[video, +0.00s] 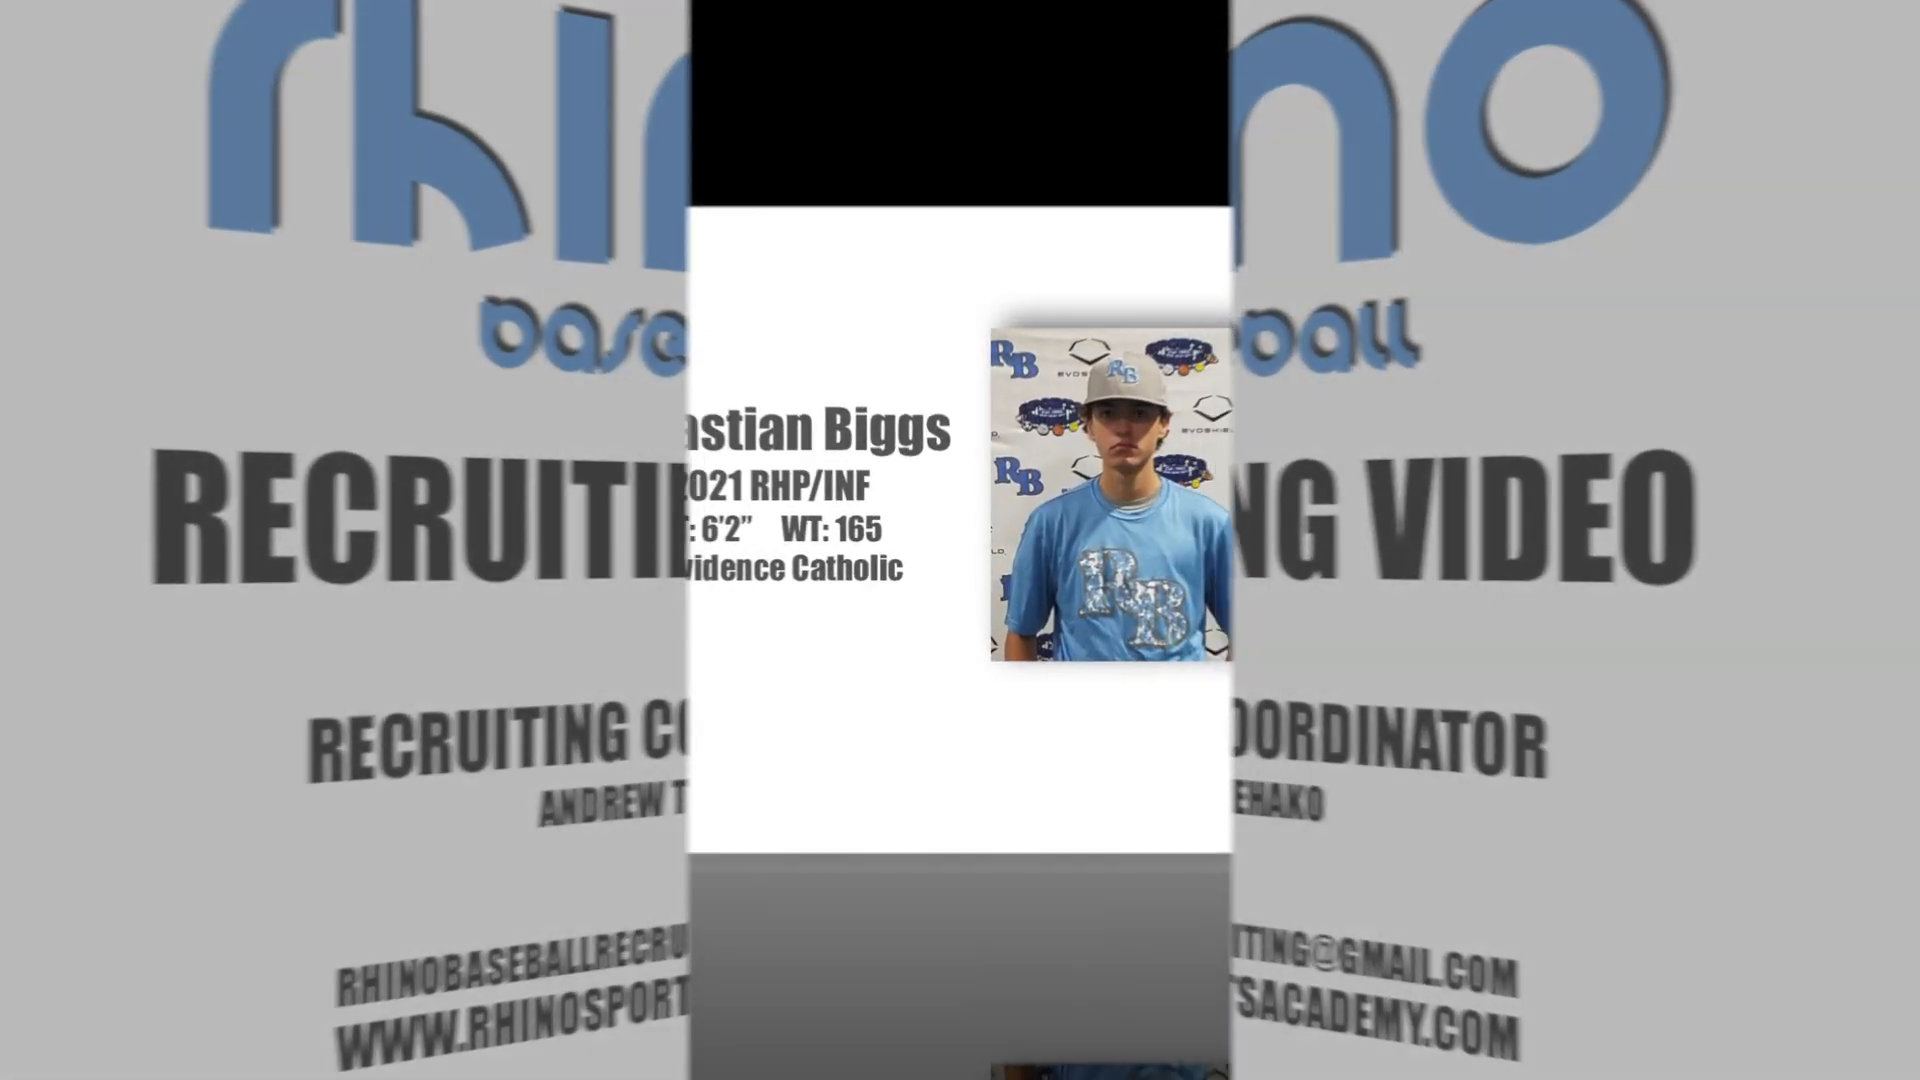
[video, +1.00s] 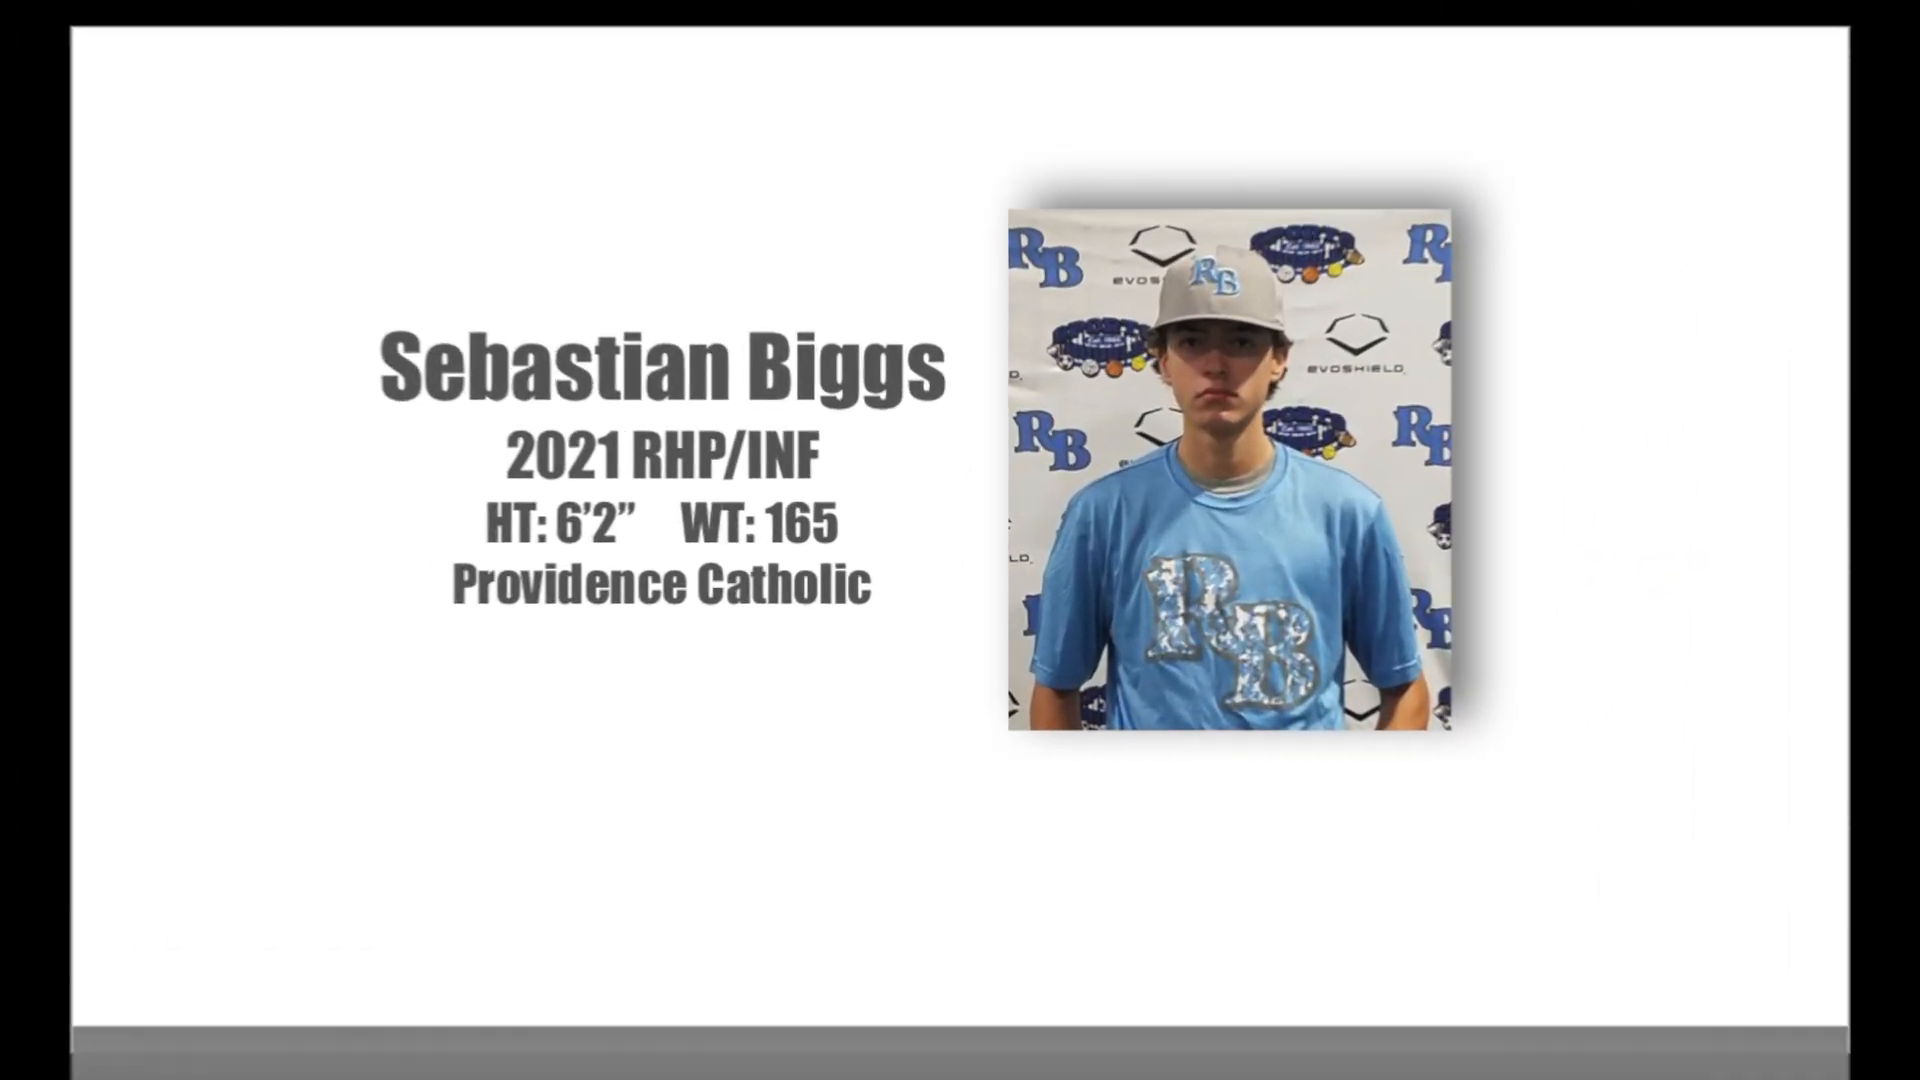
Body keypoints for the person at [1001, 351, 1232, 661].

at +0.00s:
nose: (1123, 429)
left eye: (1138, 414)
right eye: (1109, 414)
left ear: (1163, 426)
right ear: (1089, 426)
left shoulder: (1209, 523)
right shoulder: (1050, 524)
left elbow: (1246, 636)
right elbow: (1020, 637)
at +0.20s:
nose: (1142, 414)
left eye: (1160, 399)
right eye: (1127, 399)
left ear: (1186, 412)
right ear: (1104, 413)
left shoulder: (1236, 520)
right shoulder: (1060, 522)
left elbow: (1277, 647)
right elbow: (1028, 648)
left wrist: (1252, 722)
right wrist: (1034, 727)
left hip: (1209, 719)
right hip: (1094, 719)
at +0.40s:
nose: (1161, 402)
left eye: (1180, 385)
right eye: (1144, 385)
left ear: (1209, 399)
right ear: (1119, 400)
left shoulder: (1265, 518)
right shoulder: (1070, 520)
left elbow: (1310, 658)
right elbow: (1035, 660)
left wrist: (1283, 742)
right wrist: (1040, 746)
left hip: (1235, 737)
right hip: (1108, 737)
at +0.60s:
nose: (1180, 389)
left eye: (1202, 370)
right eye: (1161, 370)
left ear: (1232, 386)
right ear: (1134, 387)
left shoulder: (1294, 517)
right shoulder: (1080, 519)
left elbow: (1343, 669)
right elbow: (1042, 670)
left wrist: (1312, 762)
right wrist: (1047, 765)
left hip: (1261, 757)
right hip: (1122, 756)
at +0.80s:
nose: (1199, 376)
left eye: (1222, 355)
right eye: (1178, 356)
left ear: (1256, 373)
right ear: (1149, 374)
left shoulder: (1323, 515)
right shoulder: (1091, 517)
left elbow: (1376, 680)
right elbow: (1049, 682)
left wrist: (1344, 781)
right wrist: (1056, 785)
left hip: (1287, 776)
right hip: (1136, 776)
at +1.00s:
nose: (1216, 364)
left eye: (1241, 341)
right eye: (1195, 342)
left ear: (1277, 361)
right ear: (1163, 363)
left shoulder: (1349, 513)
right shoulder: (1100, 515)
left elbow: (1407, 690)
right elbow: (1056, 693)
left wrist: (1370, 797)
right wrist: (1066, 802)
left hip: (1311, 793)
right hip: (1149, 793)